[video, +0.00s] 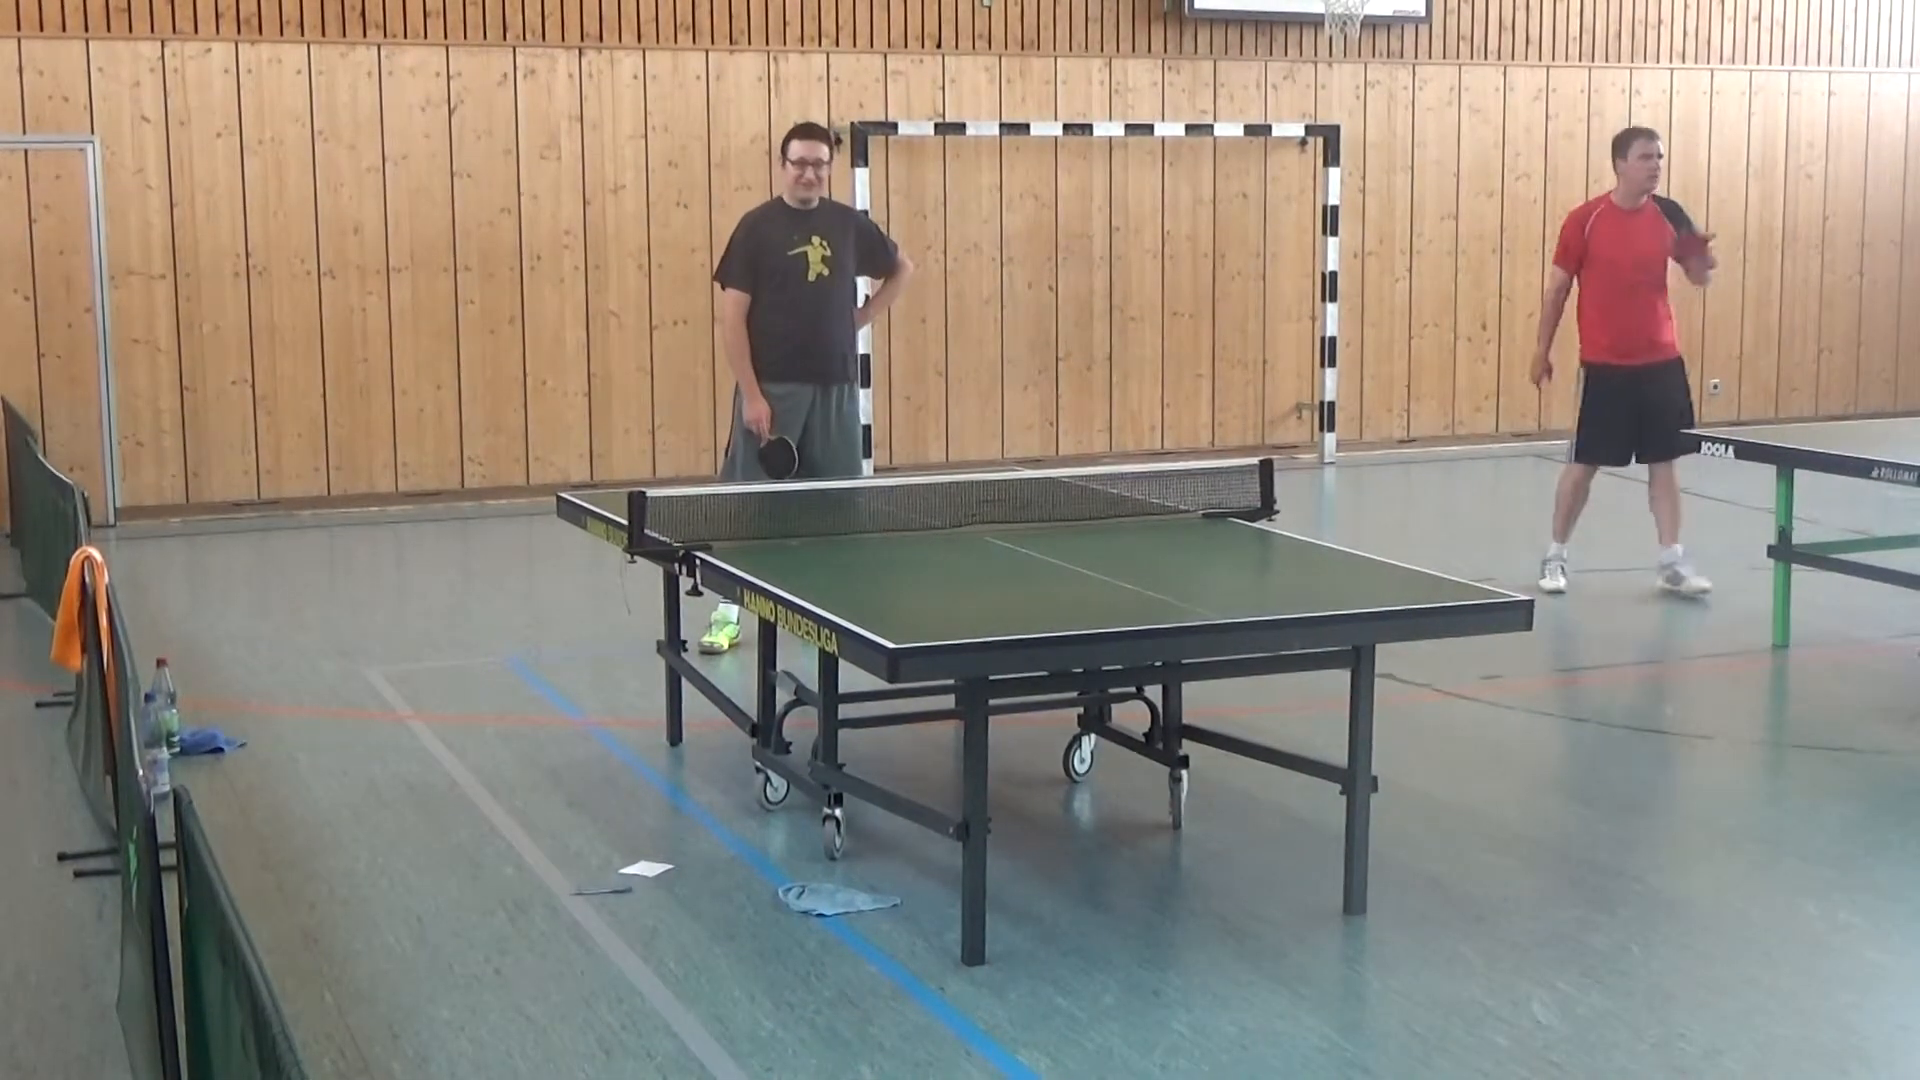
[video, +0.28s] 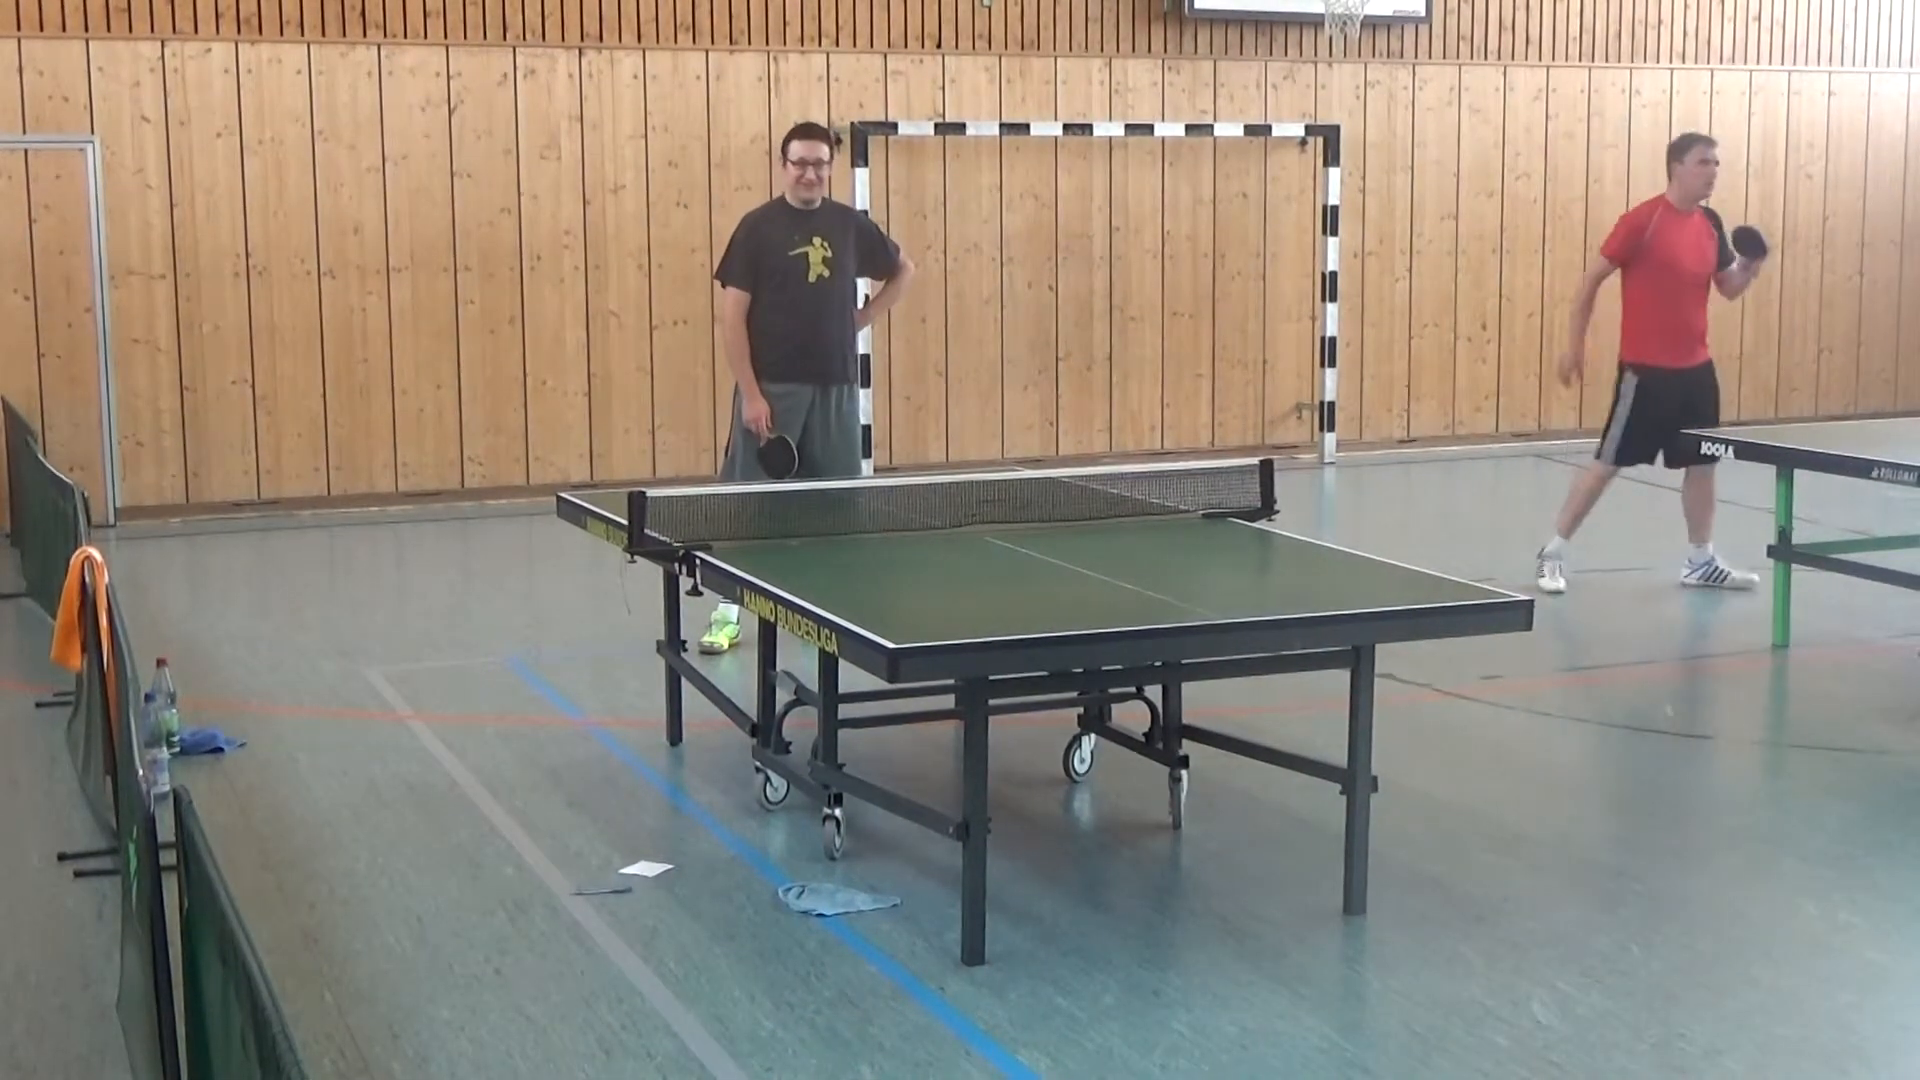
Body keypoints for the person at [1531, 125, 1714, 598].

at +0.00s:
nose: (1657, 165)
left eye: (1659, 157)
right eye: (1647, 157)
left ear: (1660, 165)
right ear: (1620, 164)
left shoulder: (1668, 216)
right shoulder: (1584, 219)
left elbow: (1698, 277)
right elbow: (1558, 287)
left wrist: (1700, 257)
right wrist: (1542, 351)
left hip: (1660, 362)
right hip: (1605, 364)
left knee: (1664, 461)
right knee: (1585, 462)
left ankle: (1671, 561)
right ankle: (1556, 556)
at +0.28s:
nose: (1714, 172)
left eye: (1716, 164)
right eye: (1705, 163)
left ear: (1709, 171)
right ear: (1677, 168)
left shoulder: (1709, 225)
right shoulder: (1642, 220)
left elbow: (1729, 288)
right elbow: (1591, 279)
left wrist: (1751, 265)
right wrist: (1574, 348)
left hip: (1695, 369)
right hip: (1644, 370)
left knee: (1702, 464)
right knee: (1606, 465)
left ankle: (1701, 560)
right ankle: (1553, 551)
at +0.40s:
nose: (1736, 174)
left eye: (1740, 166)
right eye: (1727, 164)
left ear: (1741, 172)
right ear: (1701, 168)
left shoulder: (1734, 222)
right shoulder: (1671, 218)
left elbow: (1731, 280)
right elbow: (1618, 271)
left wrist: (1750, 294)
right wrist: (1628, 338)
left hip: (1721, 363)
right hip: (1676, 362)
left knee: (1712, 462)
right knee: (1660, 463)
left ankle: (1702, 561)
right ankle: (1579, 543)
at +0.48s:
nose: (1746, 174)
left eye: (1754, 167)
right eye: (1739, 164)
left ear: (1759, 174)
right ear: (1718, 166)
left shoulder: (1751, 220)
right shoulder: (1686, 214)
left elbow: (1753, 270)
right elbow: (1640, 275)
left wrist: (1761, 299)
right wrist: (1678, 312)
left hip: (1731, 355)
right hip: (1691, 353)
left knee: (1719, 458)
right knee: (1698, 456)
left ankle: (1701, 561)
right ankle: (1617, 536)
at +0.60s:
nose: (1762, 177)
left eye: (1772, 171)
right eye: (1756, 166)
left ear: (1781, 176)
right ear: (1739, 165)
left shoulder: (1773, 218)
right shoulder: (1708, 213)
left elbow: (1770, 276)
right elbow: (1685, 282)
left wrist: (1780, 298)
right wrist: (1747, 263)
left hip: (1745, 353)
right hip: (1709, 352)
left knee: (1734, 459)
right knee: (1742, 453)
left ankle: (1707, 558)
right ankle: (1697, 560)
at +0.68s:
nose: (1773, 181)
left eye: (1784, 175)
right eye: (1767, 170)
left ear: (1793, 180)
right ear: (1752, 168)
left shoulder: (1783, 222)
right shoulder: (1726, 214)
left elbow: (1789, 278)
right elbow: (1728, 281)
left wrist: (1801, 303)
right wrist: (1779, 241)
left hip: (1757, 356)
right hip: (1725, 354)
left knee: (1736, 459)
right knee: (1765, 451)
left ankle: (1700, 560)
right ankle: (1760, 565)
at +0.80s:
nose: (1799, 188)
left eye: (1808, 182)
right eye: (1792, 178)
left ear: (1817, 184)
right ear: (1774, 175)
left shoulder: (1802, 220)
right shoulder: (1753, 218)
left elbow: (1806, 271)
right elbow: (1780, 277)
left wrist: (1829, 302)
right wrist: (1812, 222)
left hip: (1778, 359)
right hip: (1750, 360)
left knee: (1763, 465)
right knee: (1791, 461)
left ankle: (1709, 554)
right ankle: (1802, 569)